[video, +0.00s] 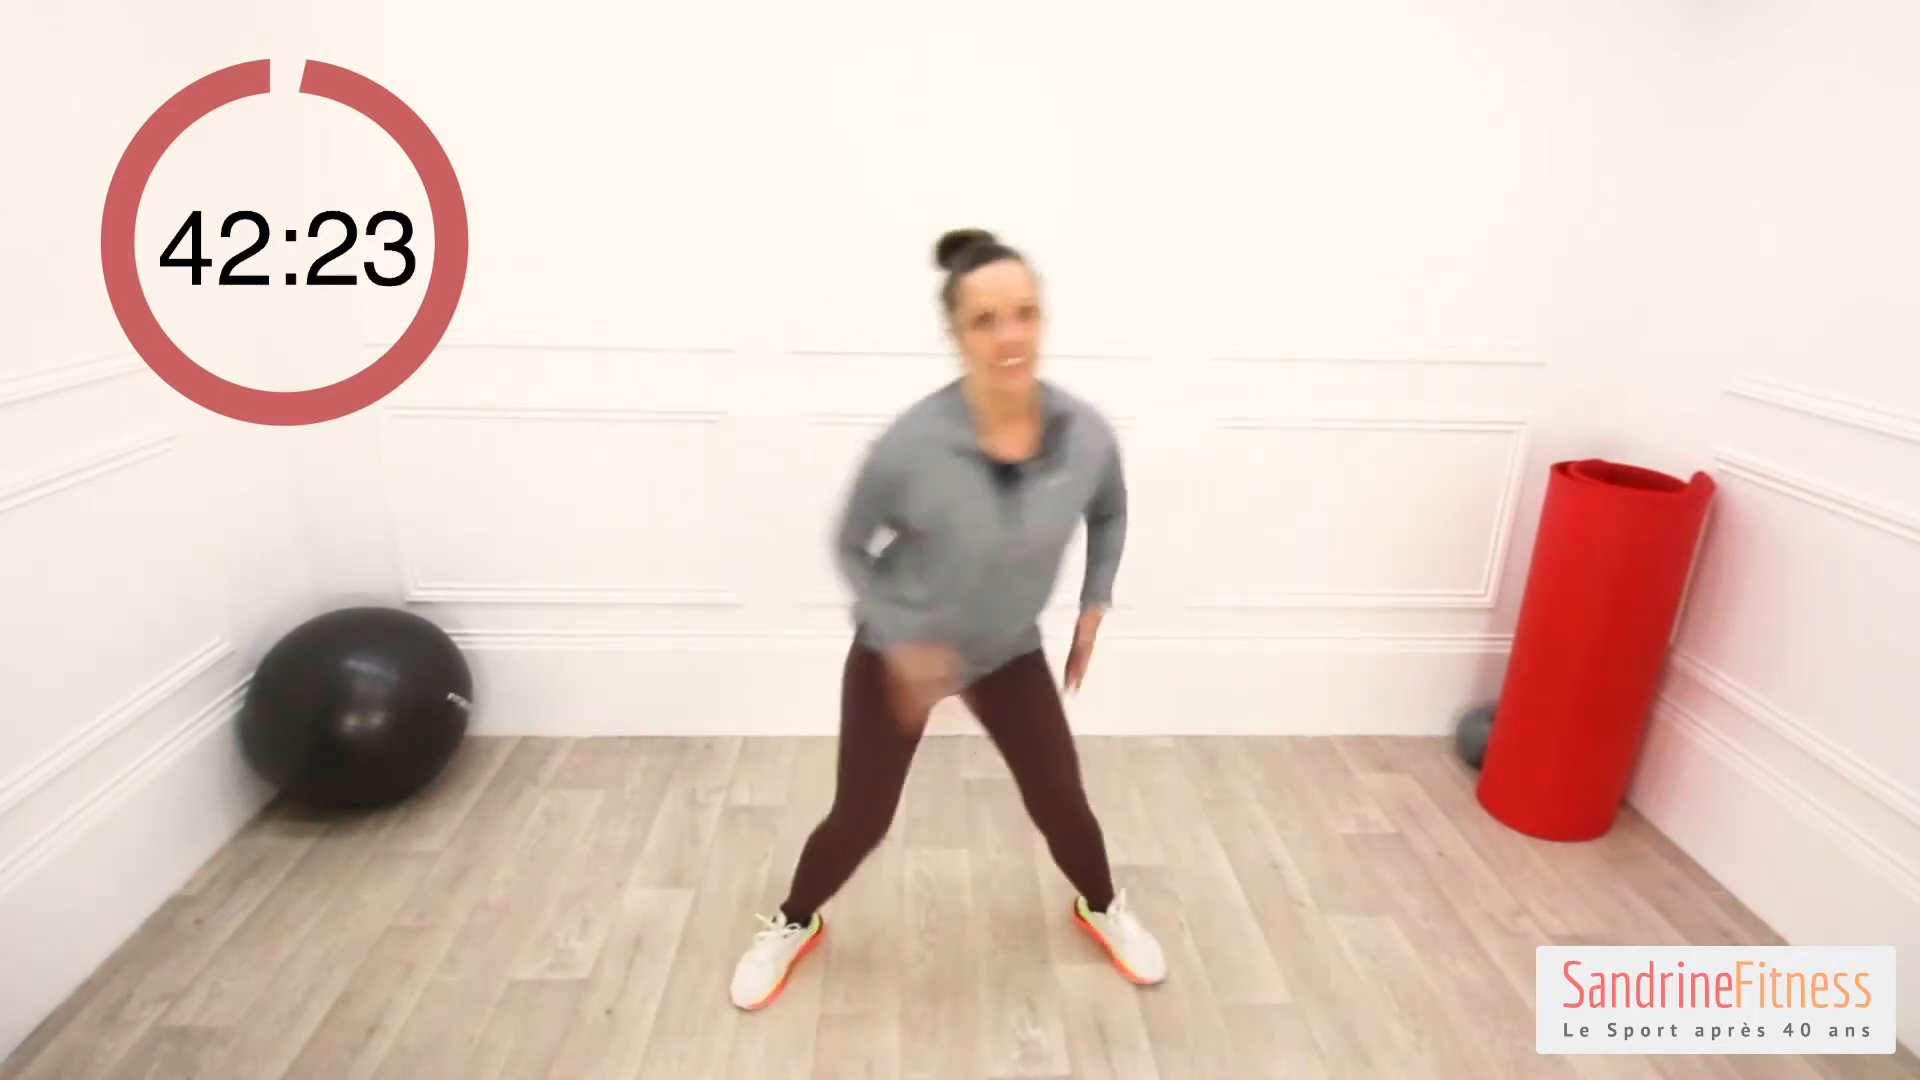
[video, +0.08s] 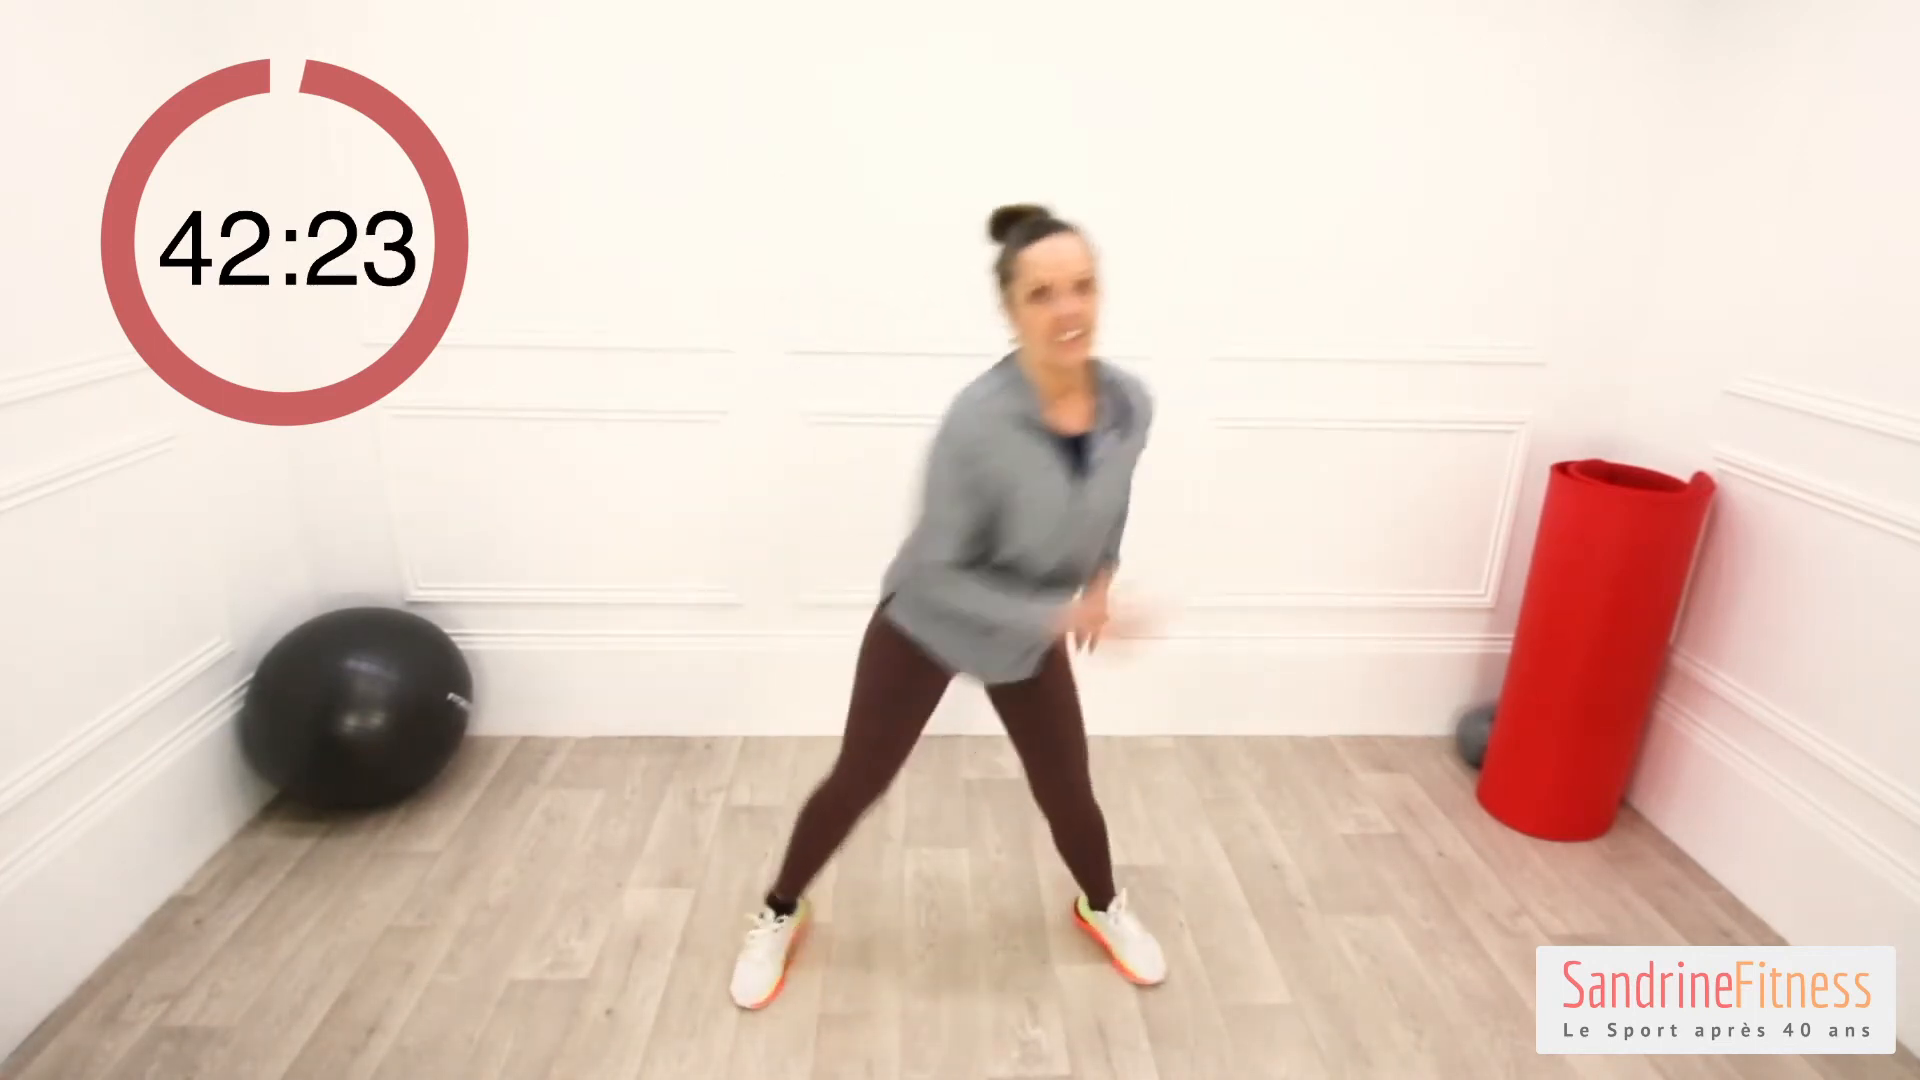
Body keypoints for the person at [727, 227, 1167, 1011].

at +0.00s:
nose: (1011, 338)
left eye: (1024, 315)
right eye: (986, 322)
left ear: (1044, 322)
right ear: (955, 337)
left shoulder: (1084, 437)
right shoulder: (911, 445)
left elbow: (1108, 518)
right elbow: (849, 546)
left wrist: (1093, 608)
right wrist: (897, 637)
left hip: (1007, 645)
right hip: (902, 643)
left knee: (1061, 804)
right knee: (864, 816)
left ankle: (1102, 909)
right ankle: (792, 925)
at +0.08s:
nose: (1070, 312)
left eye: (1083, 288)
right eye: (1044, 296)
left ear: (1101, 295)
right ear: (1011, 312)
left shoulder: (1126, 406)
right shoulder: (977, 426)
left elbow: (1108, 505)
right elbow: (930, 575)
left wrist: (1098, 583)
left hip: (1034, 624)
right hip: (931, 617)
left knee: (1067, 789)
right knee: (861, 780)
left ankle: (1103, 908)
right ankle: (777, 913)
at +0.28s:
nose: (1141, 296)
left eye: (1157, 273)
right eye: (1115, 279)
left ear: (1175, 278)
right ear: (1079, 293)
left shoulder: (1180, 385)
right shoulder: (1063, 395)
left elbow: (1111, 492)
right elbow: (1193, 493)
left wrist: (1097, 573)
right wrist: (1337, 431)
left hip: (1062, 617)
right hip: (970, 592)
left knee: (1084, 784)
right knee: (884, 736)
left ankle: (1102, 905)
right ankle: (780, 831)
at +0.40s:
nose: (1149, 314)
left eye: (1166, 292)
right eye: (1125, 297)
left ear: (1183, 300)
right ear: (1088, 311)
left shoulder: (1180, 395)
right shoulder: (1071, 414)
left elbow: (1128, 501)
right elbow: (1199, 505)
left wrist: (1134, 576)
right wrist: (1363, 452)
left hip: (1068, 627)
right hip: (974, 611)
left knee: (1101, 797)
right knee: (905, 751)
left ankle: (1100, 909)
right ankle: (811, 839)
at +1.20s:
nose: (818, 269)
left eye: (837, 246)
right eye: (794, 250)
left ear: (867, 259)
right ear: (766, 267)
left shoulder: (928, 377)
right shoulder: (723, 387)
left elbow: (1024, 441)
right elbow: (712, 461)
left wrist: (1019, 550)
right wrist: (735, 550)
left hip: (953, 608)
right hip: (839, 631)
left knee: (1031, 765)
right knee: (820, 799)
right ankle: (799, 939)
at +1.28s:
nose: (805, 279)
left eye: (824, 257)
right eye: (781, 260)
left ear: (852, 270)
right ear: (751, 278)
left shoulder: (912, 378)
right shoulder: (712, 392)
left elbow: (1004, 413)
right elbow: (698, 447)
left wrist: (1005, 526)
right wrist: (716, 539)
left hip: (943, 608)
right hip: (829, 636)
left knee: (1030, 768)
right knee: (809, 813)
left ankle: (995, 635)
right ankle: (800, 941)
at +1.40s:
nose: (802, 298)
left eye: (820, 275)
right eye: (777, 280)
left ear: (848, 287)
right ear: (748, 300)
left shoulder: (911, 396)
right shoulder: (708, 415)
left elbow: (995, 444)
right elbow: (689, 479)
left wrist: (996, 552)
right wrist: (710, 574)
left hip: (933, 628)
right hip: (816, 651)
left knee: (1021, 784)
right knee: (800, 826)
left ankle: (966, 657)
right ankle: (799, 944)